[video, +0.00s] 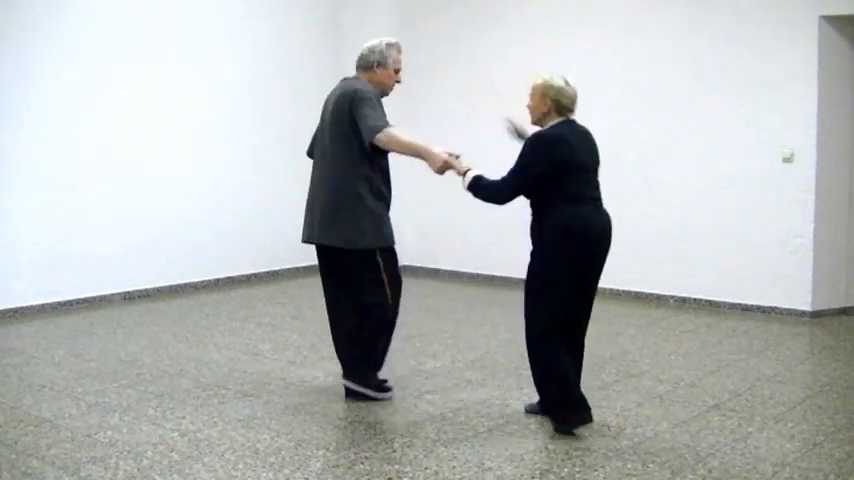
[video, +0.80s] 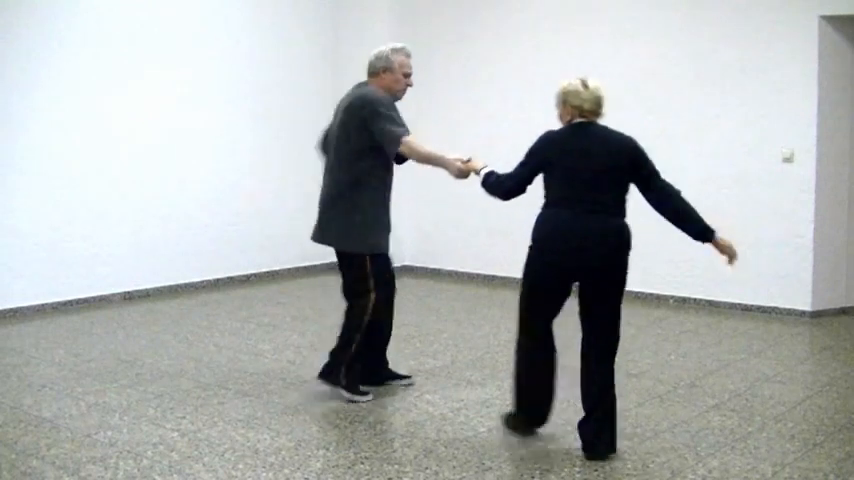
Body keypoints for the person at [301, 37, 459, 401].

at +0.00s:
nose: (399, 77)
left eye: (400, 70)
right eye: (396, 69)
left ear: (368, 67)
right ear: (377, 67)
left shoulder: (339, 94)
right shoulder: (362, 93)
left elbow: (316, 151)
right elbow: (380, 136)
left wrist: (358, 167)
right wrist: (429, 154)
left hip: (328, 219)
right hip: (359, 220)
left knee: (345, 297)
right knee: (384, 292)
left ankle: (356, 373)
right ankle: (362, 376)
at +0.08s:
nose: (397, 81)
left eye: (398, 73)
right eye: (395, 72)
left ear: (364, 69)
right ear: (375, 69)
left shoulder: (337, 95)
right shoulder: (361, 96)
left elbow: (310, 150)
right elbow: (372, 140)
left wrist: (349, 170)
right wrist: (417, 166)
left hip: (325, 221)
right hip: (355, 222)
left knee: (341, 296)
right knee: (374, 293)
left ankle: (344, 368)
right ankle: (355, 376)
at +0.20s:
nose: (394, 84)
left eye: (395, 76)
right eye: (391, 75)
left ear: (364, 73)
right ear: (369, 72)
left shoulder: (331, 99)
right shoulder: (361, 101)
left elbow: (293, 152)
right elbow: (378, 153)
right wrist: (423, 184)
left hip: (318, 222)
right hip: (346, 225)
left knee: (340, 302)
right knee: (356, 301)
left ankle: (353, 375)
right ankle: (332, 383)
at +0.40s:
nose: (387, 85)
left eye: (388, 78)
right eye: (384, 76)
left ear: (353, 74)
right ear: (363, 72)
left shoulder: (317, 101)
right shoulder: (361, 103)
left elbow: (271, 146)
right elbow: (410, 146)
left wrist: (252, 188)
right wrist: (465, 164)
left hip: (312, 223)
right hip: (336, 225)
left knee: (366, 279)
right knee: (347, 296)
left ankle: (354, 366)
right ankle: (331, 383)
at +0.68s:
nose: (398, 85)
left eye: (399, 77)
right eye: (395, 76)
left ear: (367, 76)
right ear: (373, 74)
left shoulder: (334, 102)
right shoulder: (370, 103)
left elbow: (287, 144)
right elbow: (415, 138)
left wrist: (264, 180)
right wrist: (463, 155)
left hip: (329, 221)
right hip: (345, 223)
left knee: (371, 285)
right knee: (348, 297)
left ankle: (372, 367)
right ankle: (331, 382)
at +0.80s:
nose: (410, 82)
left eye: (411, 75)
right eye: (405, 74)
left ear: (380, 74)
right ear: (384, 72)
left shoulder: (356, 99)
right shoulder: (374, 101)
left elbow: (327, 144)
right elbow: (402, 145)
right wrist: (449, 162)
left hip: (354, 220)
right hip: (357, 222)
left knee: (380, 290)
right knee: (368, 294)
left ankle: (373, 367)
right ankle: (341, 371)